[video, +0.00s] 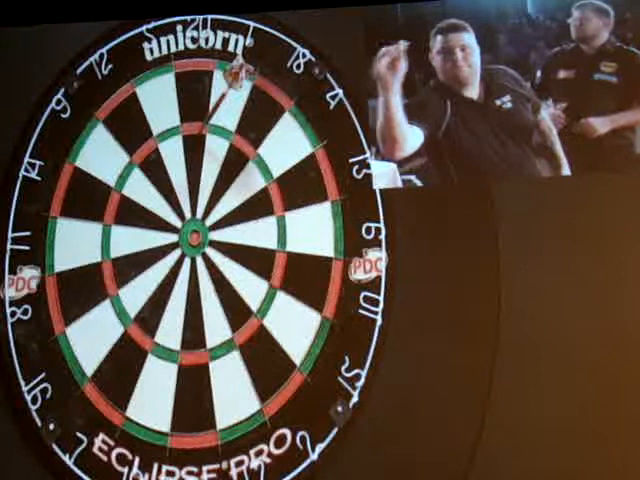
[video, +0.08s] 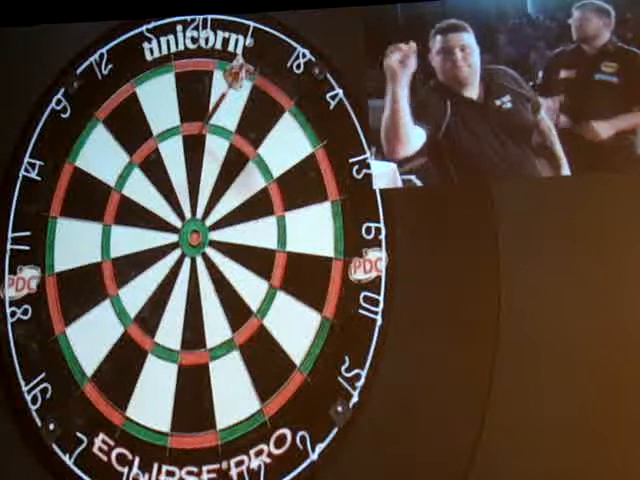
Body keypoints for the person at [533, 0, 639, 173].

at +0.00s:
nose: (577, 24)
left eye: (585, 20)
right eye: (574, 19)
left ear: (607, 24)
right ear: (569, 23)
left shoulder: (630, 61)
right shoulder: (556, 60)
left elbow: (637, 111)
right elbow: (536, 99)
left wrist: (607, 123)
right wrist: (547, 114)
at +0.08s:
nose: (575, 24)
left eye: (584, 19)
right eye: (574, 19)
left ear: (607, 24)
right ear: (570, 22)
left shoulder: (631, 60)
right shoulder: (558, 60)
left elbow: (637, 112)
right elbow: (542, 101)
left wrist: (611, 126)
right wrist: (554, 117)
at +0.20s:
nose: (571, 24)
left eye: (580, 19)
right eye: (572, 19)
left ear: (606, 24)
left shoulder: (631, 61)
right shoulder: (564, 59)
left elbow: (638, 121)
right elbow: (530, 95)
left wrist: (623, 144)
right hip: (571, 163)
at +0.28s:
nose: (570, 25)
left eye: (579, 19)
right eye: (571, 19)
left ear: (606, 24)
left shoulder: (632, 61)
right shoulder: (563, 59)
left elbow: (636, 114)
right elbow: (528, 94)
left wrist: (630, 148)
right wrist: (541, 74)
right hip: (571, 163)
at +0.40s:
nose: (573, 29)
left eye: (581, 24)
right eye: (572, 24)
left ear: (605, 25)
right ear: (569, 25)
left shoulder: (632, 61)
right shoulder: (563, 60)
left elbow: (636, 117)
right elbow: (530, 90)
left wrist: (636, 162)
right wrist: (547, 56)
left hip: (620, 161)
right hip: (576, 160)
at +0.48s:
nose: (573, 32)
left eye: (581, 27)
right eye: (573, 27)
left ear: (605, 26)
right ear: (569, 27)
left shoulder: (632, 61)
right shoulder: (565, 61)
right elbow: (530, 89)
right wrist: (552, 53)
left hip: (623, 164)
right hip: (577, 163)